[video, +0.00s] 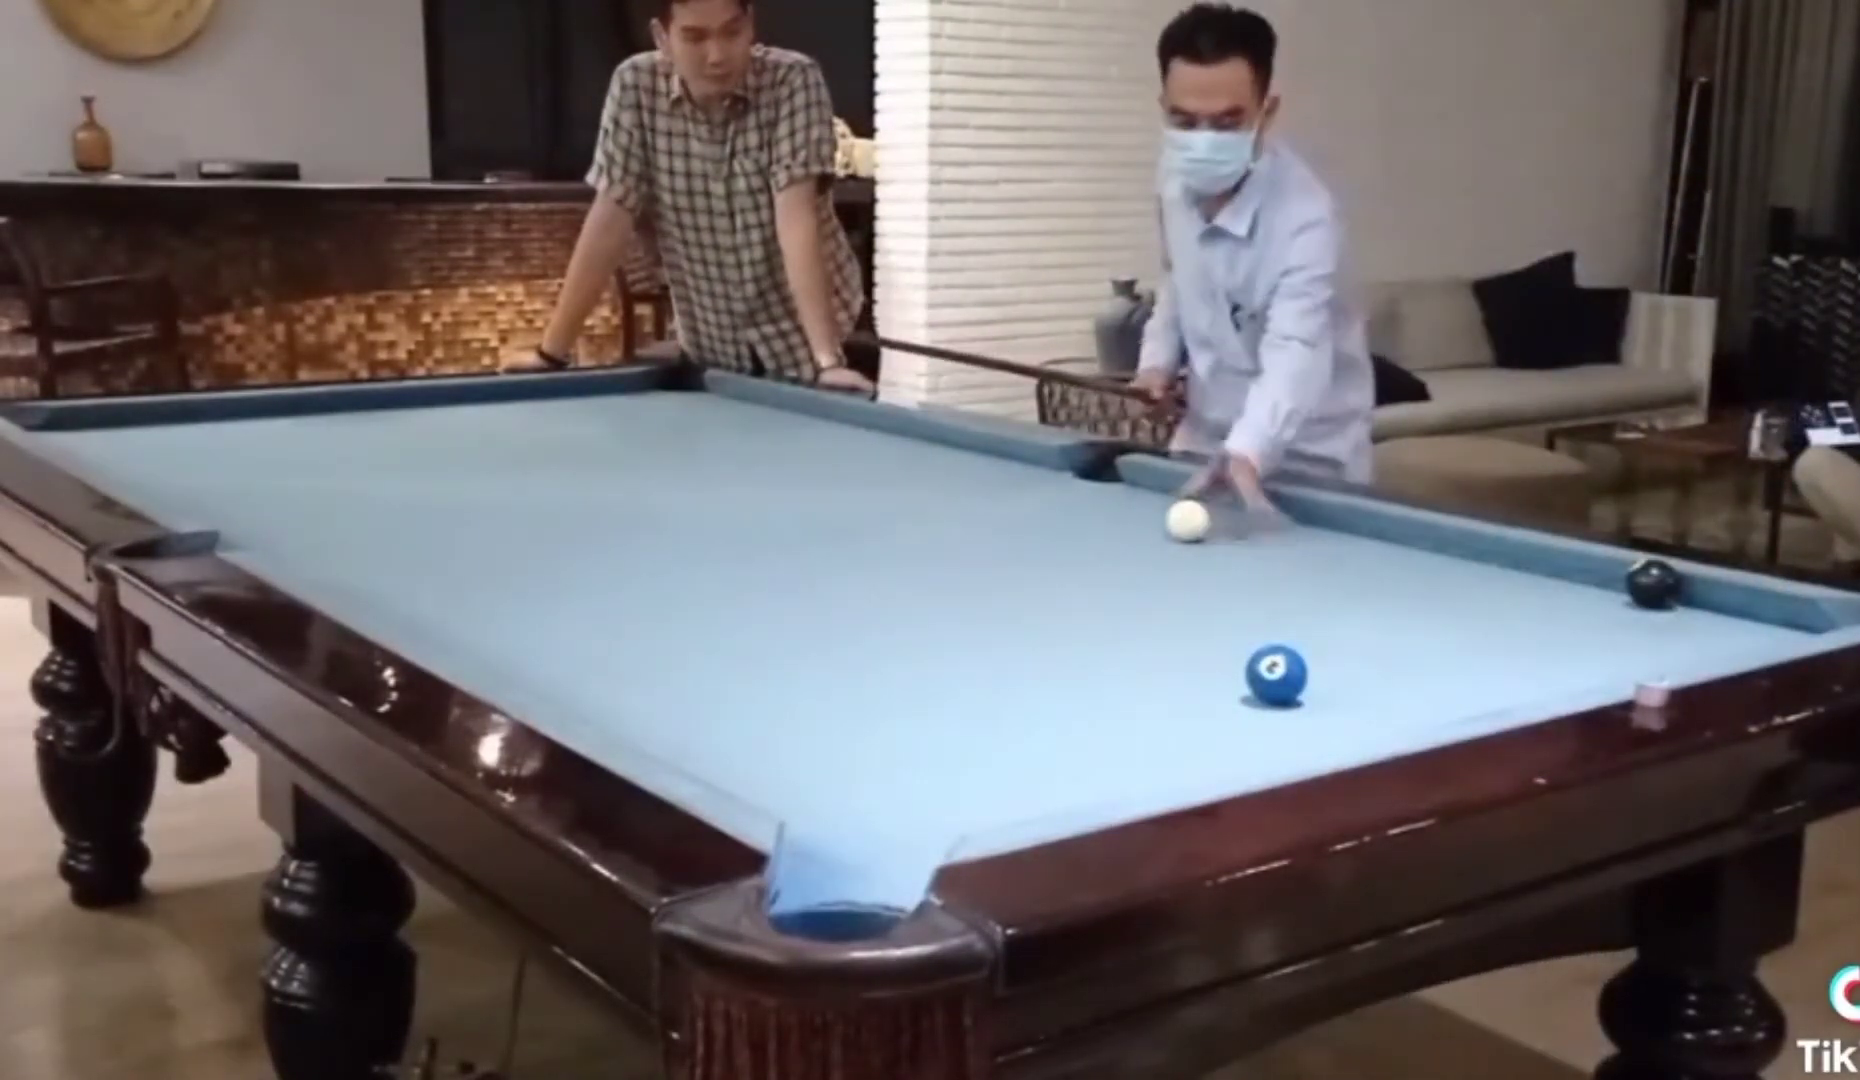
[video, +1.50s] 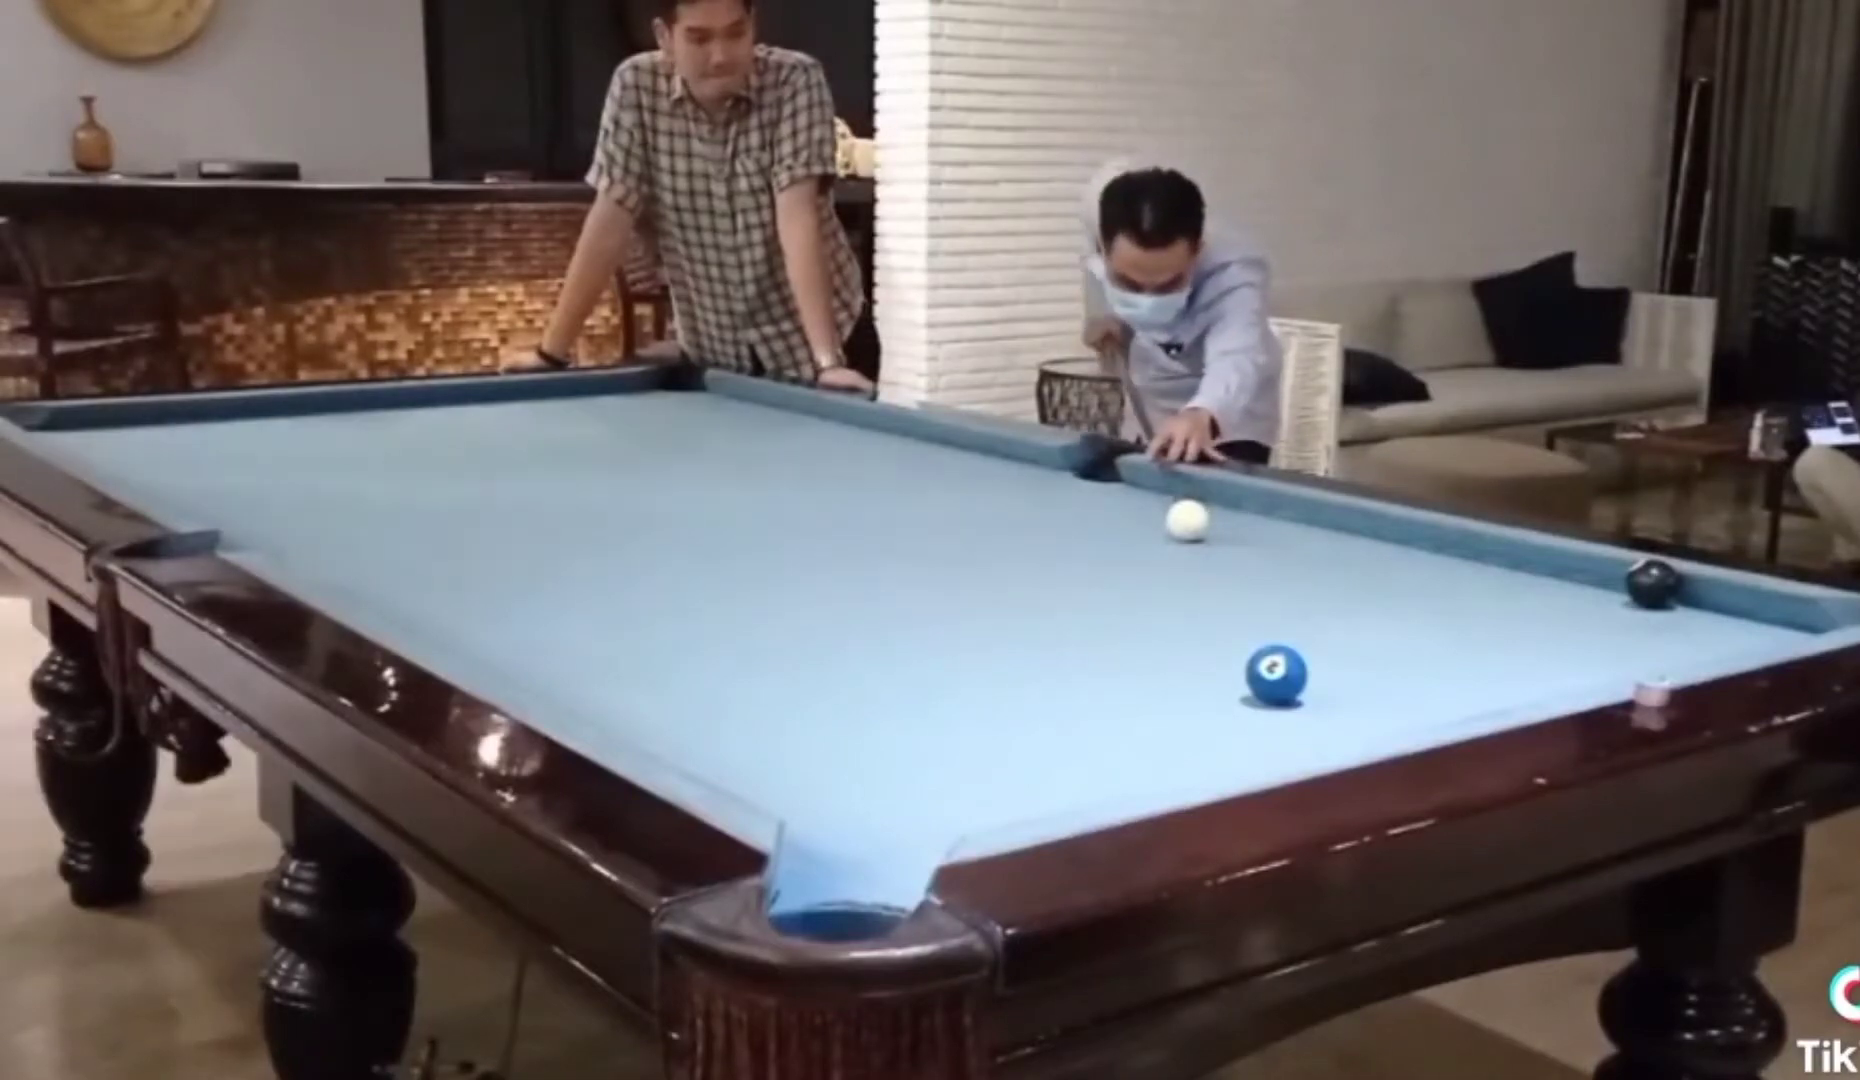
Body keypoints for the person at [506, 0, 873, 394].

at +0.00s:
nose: (717, 55)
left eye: (732, 33)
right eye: (696, 36)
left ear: (752, 25)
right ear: (662, 36)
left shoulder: (791, 80)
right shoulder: (636, 85)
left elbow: (798, 217)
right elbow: (610, 217)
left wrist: (828, 360)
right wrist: (552, 353)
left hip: (807, 347)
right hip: (710, 348)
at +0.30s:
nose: (720, 53)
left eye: (735, 30)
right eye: (699, 35)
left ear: (752, 26)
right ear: (663, 36)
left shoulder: (791, 80)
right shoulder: (636, 85)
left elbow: (797, 215)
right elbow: (611, 215)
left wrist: (828, 360)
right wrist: (552, 352)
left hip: (817, 347)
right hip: (712, 349)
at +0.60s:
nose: (720, 53)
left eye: (735, 32)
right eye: (699, 35)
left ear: (753, 27)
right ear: (663, 36)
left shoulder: (792, 80)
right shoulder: (637, 85)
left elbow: (797, 215)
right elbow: (611, 215)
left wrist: (828, 360)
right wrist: (552, 352)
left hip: (821, 349)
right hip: (712, 352)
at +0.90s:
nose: (717, 54)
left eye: (733, 33)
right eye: (696, 37)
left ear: (751, 30)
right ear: (662, 38)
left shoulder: (791, 80)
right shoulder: (636, 85)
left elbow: (798, 216)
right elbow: (611, 216)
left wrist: (829, 361)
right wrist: (551, 353)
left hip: (819, 349)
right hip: (711, 350)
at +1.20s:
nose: (717, 55)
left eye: (732, 34)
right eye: (696, 37)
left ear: (751, 28)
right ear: (661, 37)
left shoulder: (792, 80)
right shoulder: (636, 85)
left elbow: (798, 218)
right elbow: (611, 217)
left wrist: (829, 361)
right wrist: (552, 352)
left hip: (820, 347)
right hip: (711, 350)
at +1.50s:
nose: (720, 56)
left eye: (735, 35)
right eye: (700, 38)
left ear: (754, 28)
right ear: (664, 37)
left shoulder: (794, 80)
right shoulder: (637, 85)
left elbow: (799, 217)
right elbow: (611, 217)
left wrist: (829, 361)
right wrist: (552, 352)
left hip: (817, 347)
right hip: (711, 349)